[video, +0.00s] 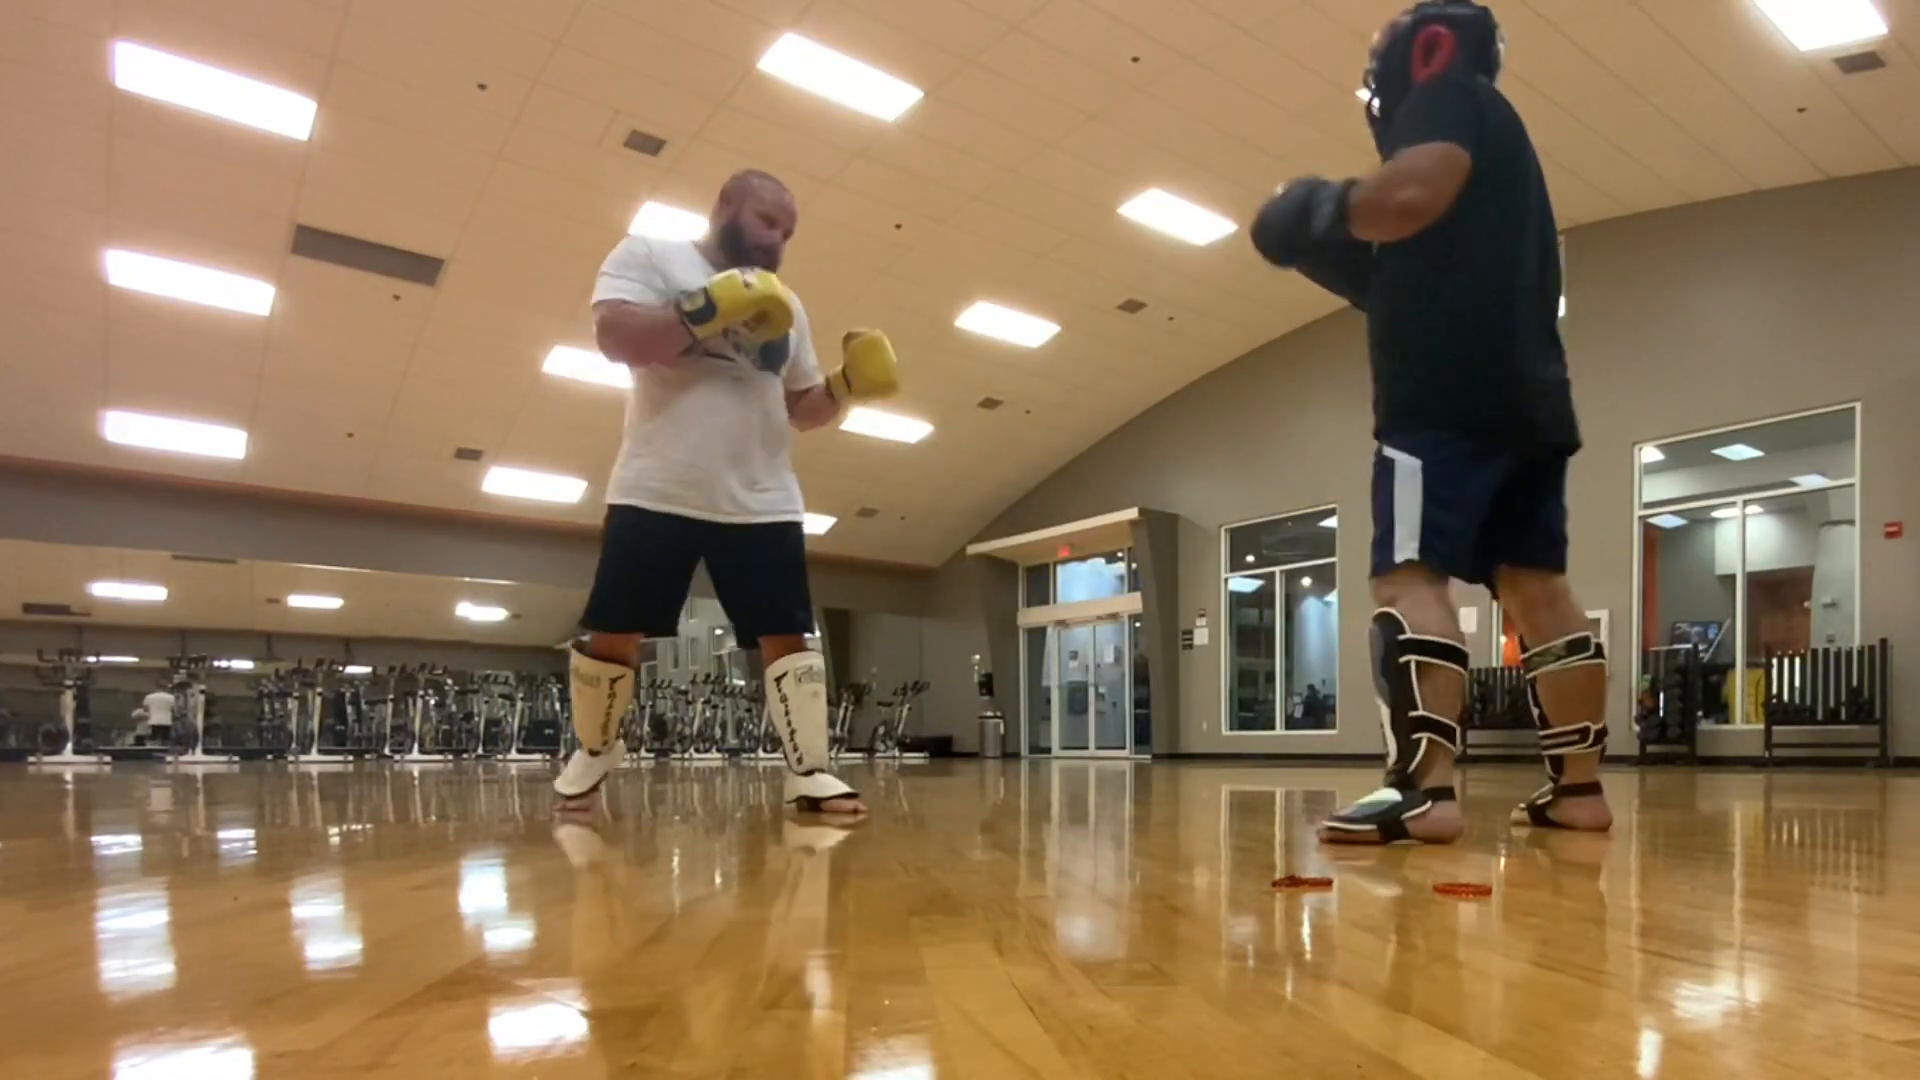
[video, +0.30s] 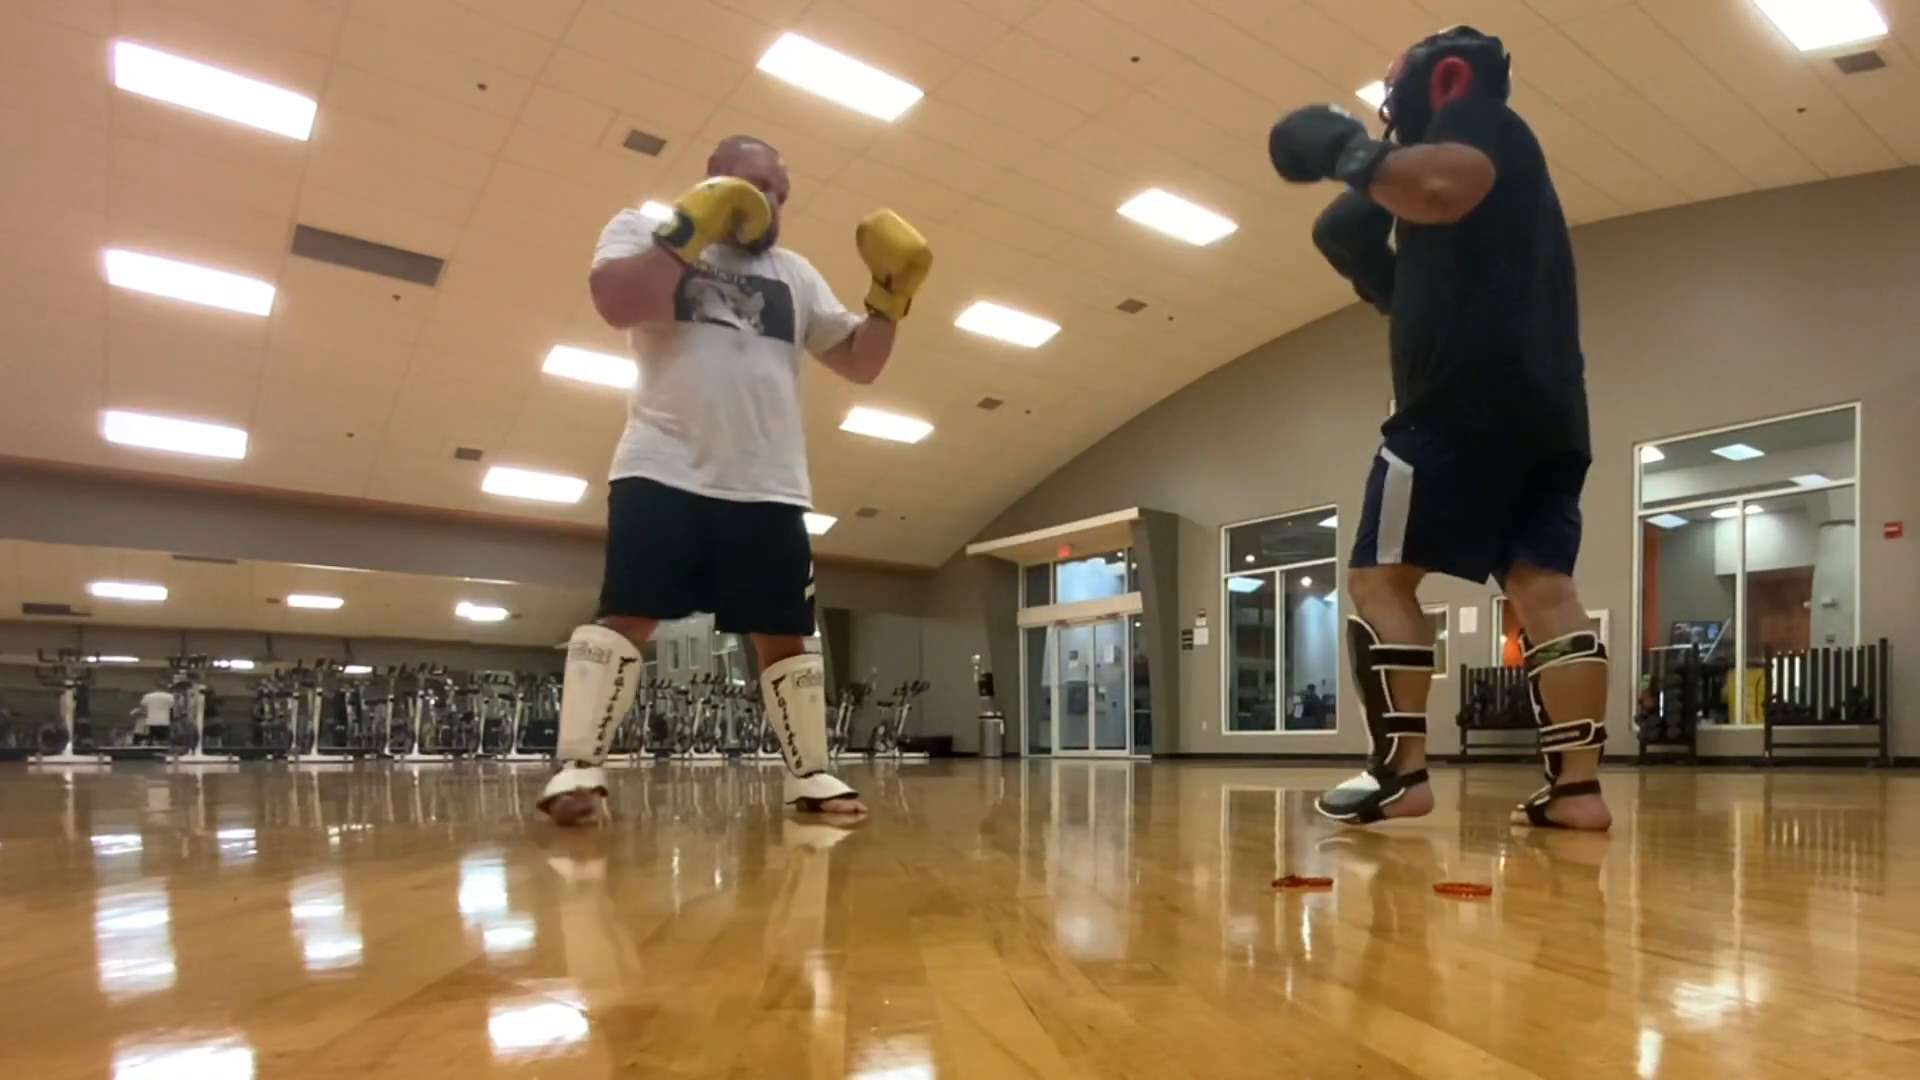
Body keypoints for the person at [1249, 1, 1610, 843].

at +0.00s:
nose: (1374, 88)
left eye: (1384, 65)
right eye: (1375, 76)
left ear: (1431, 48)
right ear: (1477, 60)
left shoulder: (1450, 95)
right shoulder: (1501, 138)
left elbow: (1415, 196)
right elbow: (1434, 284)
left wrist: (1318, 208)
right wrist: (1333, 255)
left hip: (1442, 389)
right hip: (1530, 392)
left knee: (1410, 576)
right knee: (1534, 580)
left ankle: (1426, 791)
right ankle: (1579, 789)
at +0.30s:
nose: (1388, 110)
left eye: (1399, 89)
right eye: (1389, 96)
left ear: (1450, 76)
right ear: (1472, 83)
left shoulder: (1479, 120)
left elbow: (1446, 188)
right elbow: (1448, 309)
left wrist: (1347, 147)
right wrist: (1373, 268)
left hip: (1460, 401)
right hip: (1547, 410)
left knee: (1377, 577)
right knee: (1542, 586)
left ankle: (1401, 771)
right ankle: (1577, 791)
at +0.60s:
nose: (1334, 109)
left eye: (1346, 91)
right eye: (1337, 95)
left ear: (1399, 90)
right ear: (1411, 96)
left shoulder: (1419, 142)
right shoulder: (1443, 177)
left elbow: (1393, 221)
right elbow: (1382, 310)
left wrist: (1291, 197)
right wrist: (1316, 270)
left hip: (1405, 414)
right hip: (1484, 418)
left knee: (1383, 601)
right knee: (1457, 603)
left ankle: (1395, 783)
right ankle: (1541, 738)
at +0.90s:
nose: (1292, 123)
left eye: (1304, 111)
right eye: (1295, 112)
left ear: (1354, 114)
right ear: (1365, 120)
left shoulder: (1347, 175)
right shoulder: (1397, 195)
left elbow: (1240, 255)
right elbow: (1360, 312)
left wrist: (1223, 196)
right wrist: (1281, 308)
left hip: (1355, 422)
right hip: (1395, 423)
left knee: (1375, 600)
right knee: (1332, 602)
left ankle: (1400, 783)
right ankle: (1302, 770)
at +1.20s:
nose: (1284, 148)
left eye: (1300, 136)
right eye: (1291, 137)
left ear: (1344, 153)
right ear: (1349, 158)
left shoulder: (1342, 211)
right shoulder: (1363, 231)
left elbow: (1280, 288)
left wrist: (1161, 304)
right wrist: (1251, 268)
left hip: (1283, 411)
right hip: (1330, 452)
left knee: (1134, 363)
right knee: (1283, 609)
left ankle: (1105, 511)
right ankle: (1285, 781)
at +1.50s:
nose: (1289, 197)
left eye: (1302, 182)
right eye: (1292, 184)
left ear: (1342, 182)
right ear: (1358, 189)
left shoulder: (1359, 231)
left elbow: (1345, 290)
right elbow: (1289, 367)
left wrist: (1256, 276)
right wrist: (1226, 302)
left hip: (1260, 413)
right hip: (1309, 465)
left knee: (1095, 419)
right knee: (1267, 611)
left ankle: (948, 467)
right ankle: (1278, 781)